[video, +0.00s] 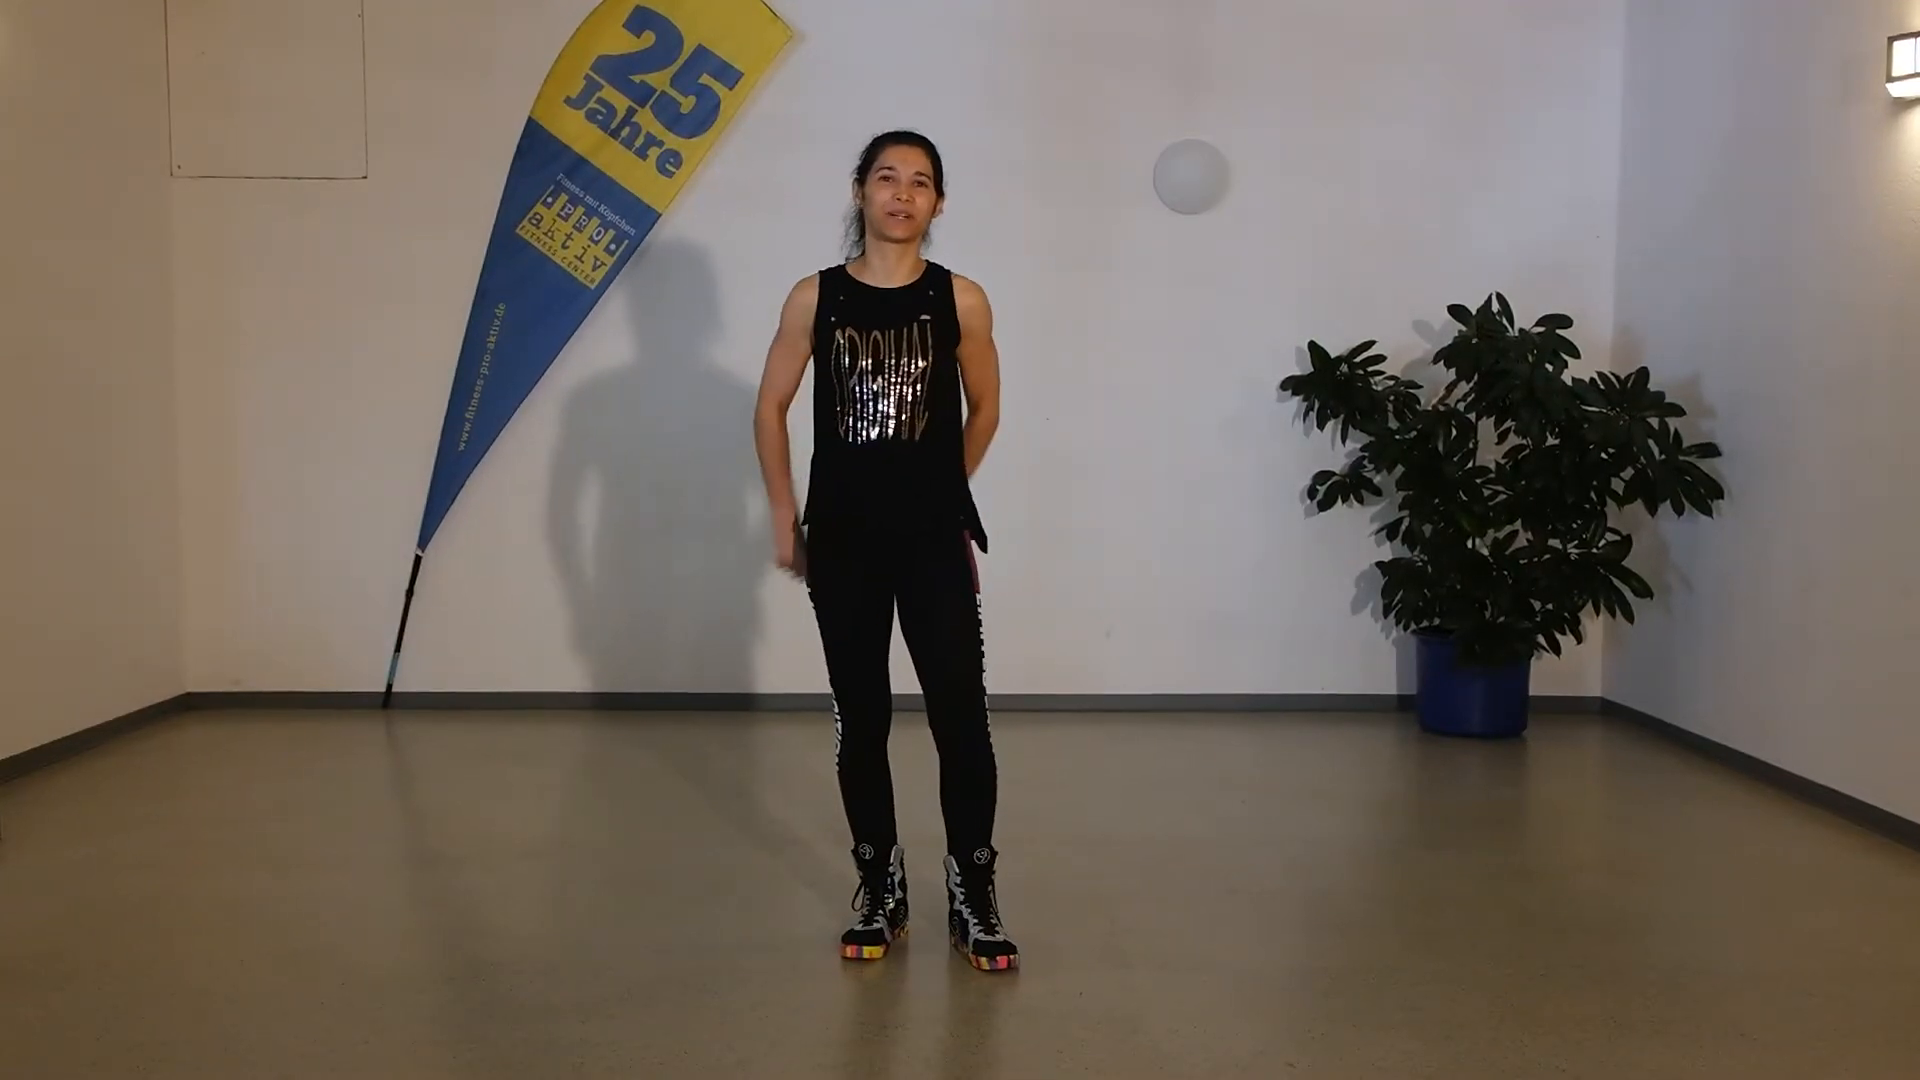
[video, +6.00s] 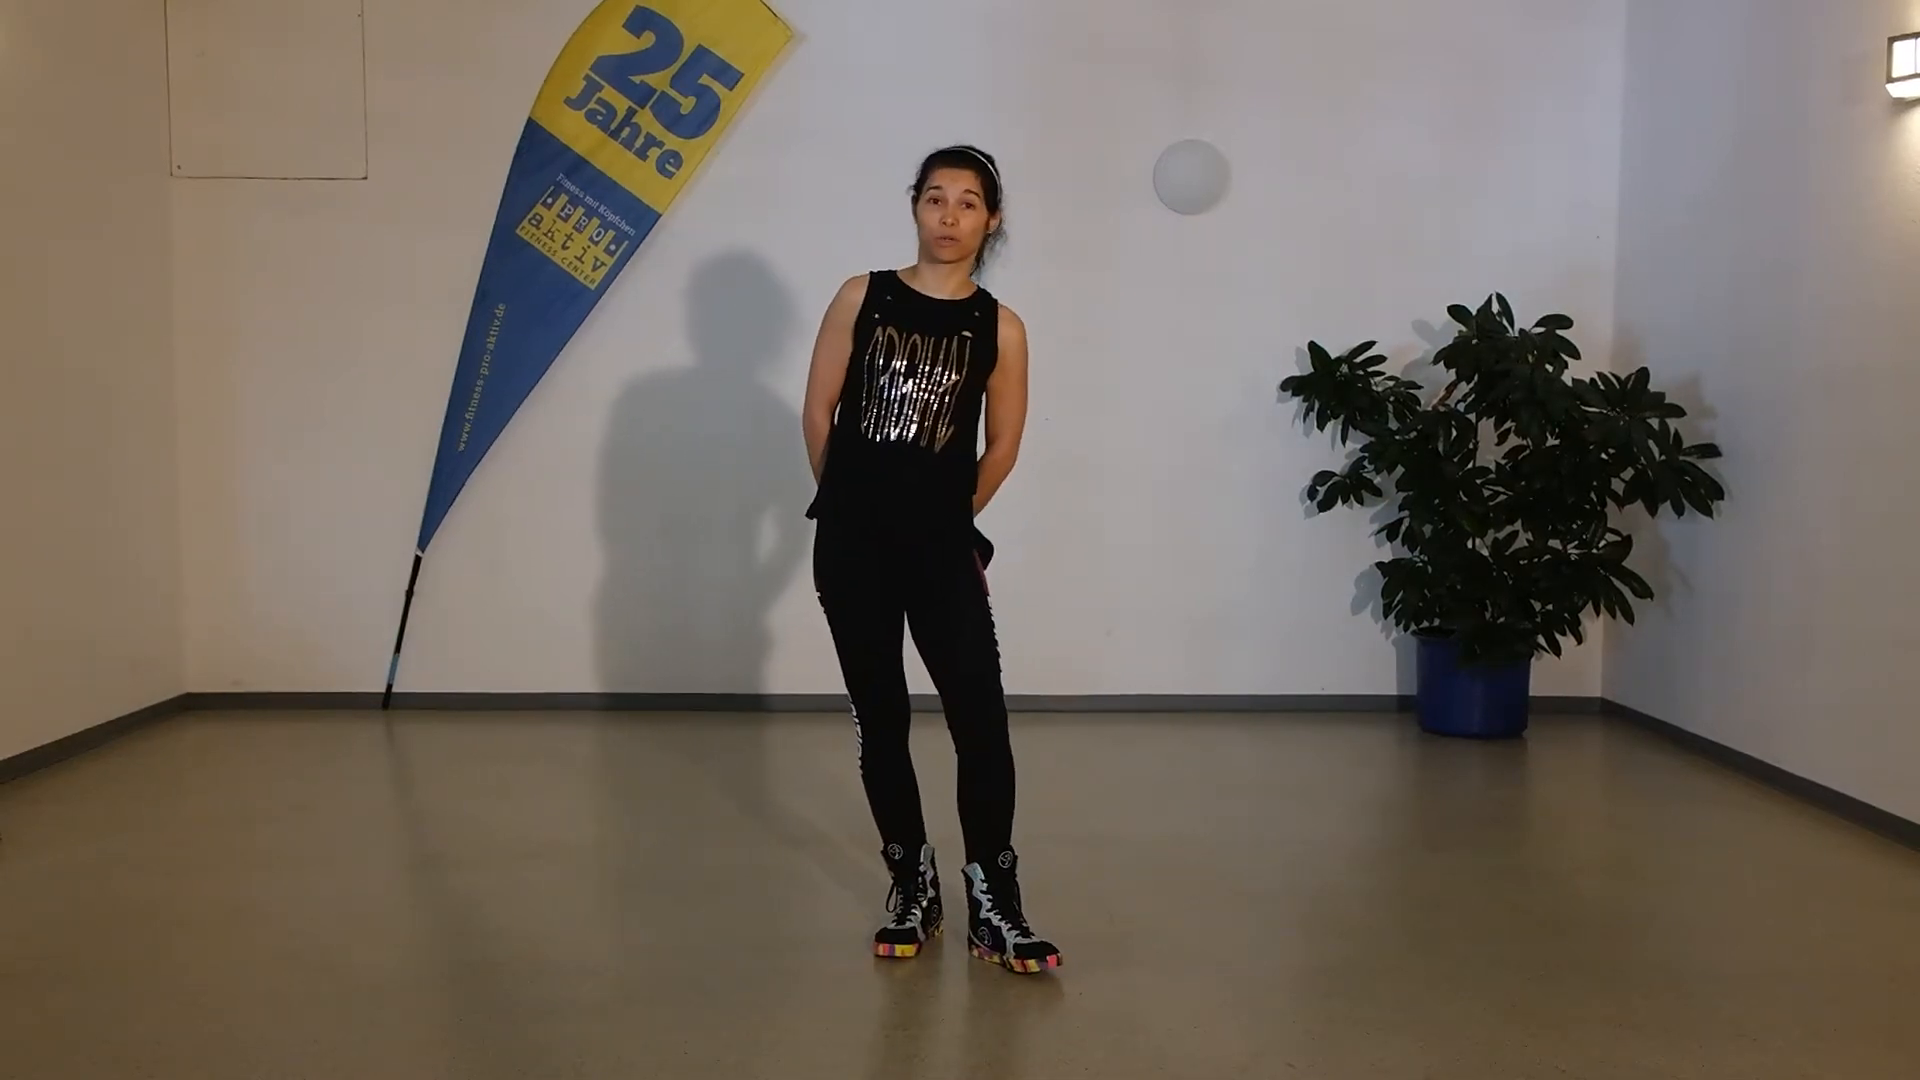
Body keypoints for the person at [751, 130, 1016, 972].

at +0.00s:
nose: (901, 192)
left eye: (918, 183)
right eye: (887, 178)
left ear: (936, 205)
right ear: (859, 194)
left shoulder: (961, 300)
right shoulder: (815, 297)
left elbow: (986, 411)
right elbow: (770, 411)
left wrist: (949, 487)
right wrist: (786, 519)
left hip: (933, 533)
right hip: (842, 535)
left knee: (961, 717)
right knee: (861, 721)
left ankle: (973, 895)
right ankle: (879, 888)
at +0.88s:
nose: (946, 188)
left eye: (961, 174)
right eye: (928, 176)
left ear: (985, 192)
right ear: (906, 196)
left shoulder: (1025, 292)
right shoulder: (878, 301)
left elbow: (1053, 413)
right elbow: (856, 424)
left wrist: (1017, 492)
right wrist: (902, 503)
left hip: (1010, 529)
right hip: (919, 530)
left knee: (1029, 725)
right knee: (904, 719)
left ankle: (1046, 910)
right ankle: (884, 893)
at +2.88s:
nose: (927, 199)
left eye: (942, 184)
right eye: (910, 189)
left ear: (971, 199)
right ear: (894, 209)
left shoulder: (1006, 307)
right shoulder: (864, 299)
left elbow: (1023, 428)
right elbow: (833, 418)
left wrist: (977, 507)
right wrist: (867, 500)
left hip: (969, 532)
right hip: (878, 533)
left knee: (1000, 716)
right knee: (895, 716)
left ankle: (1006, 899)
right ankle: (911, 888)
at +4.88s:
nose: (926, 193)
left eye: (942, 183)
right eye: (910, 182)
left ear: (965, 205)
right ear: (887, 203)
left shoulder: (997, 300)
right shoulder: (852, 299)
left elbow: (1014, 421)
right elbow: (830, 423)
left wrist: (975, 500)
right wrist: (869, 505)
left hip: (969, 536)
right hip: (879, 538)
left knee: (998, 720)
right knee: (897, 719)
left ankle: (998, 902)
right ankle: (913, 885)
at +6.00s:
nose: (948, 213)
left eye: (966, 203)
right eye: (935, 198)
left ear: (989, 222)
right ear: (913, 211)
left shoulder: (1000, 327)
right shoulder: (860, 297)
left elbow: (1003, 445)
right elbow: (817, 411)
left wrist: (952, 515)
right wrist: (839, 498)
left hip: (944, 539)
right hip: (852, 534)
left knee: (980, 720)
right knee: (881, 720)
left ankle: (994, 903)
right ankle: (911, 889)